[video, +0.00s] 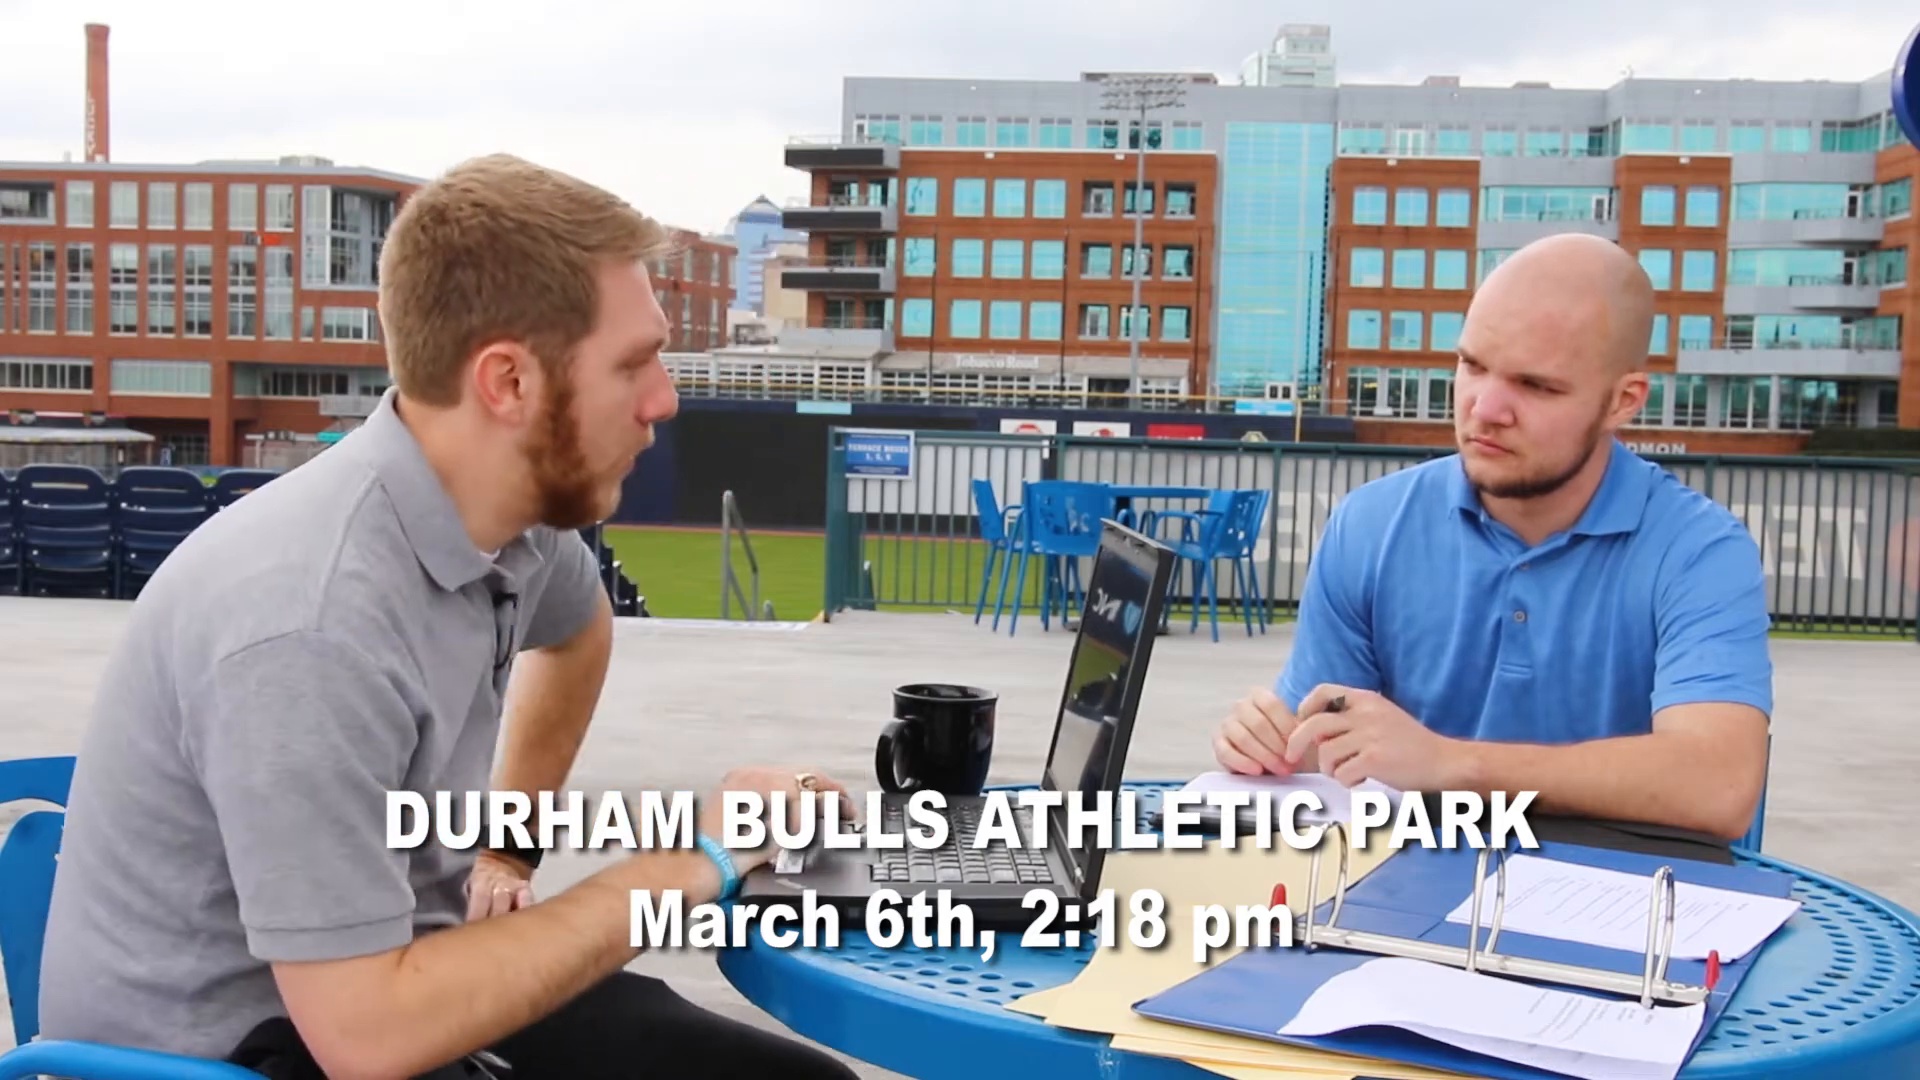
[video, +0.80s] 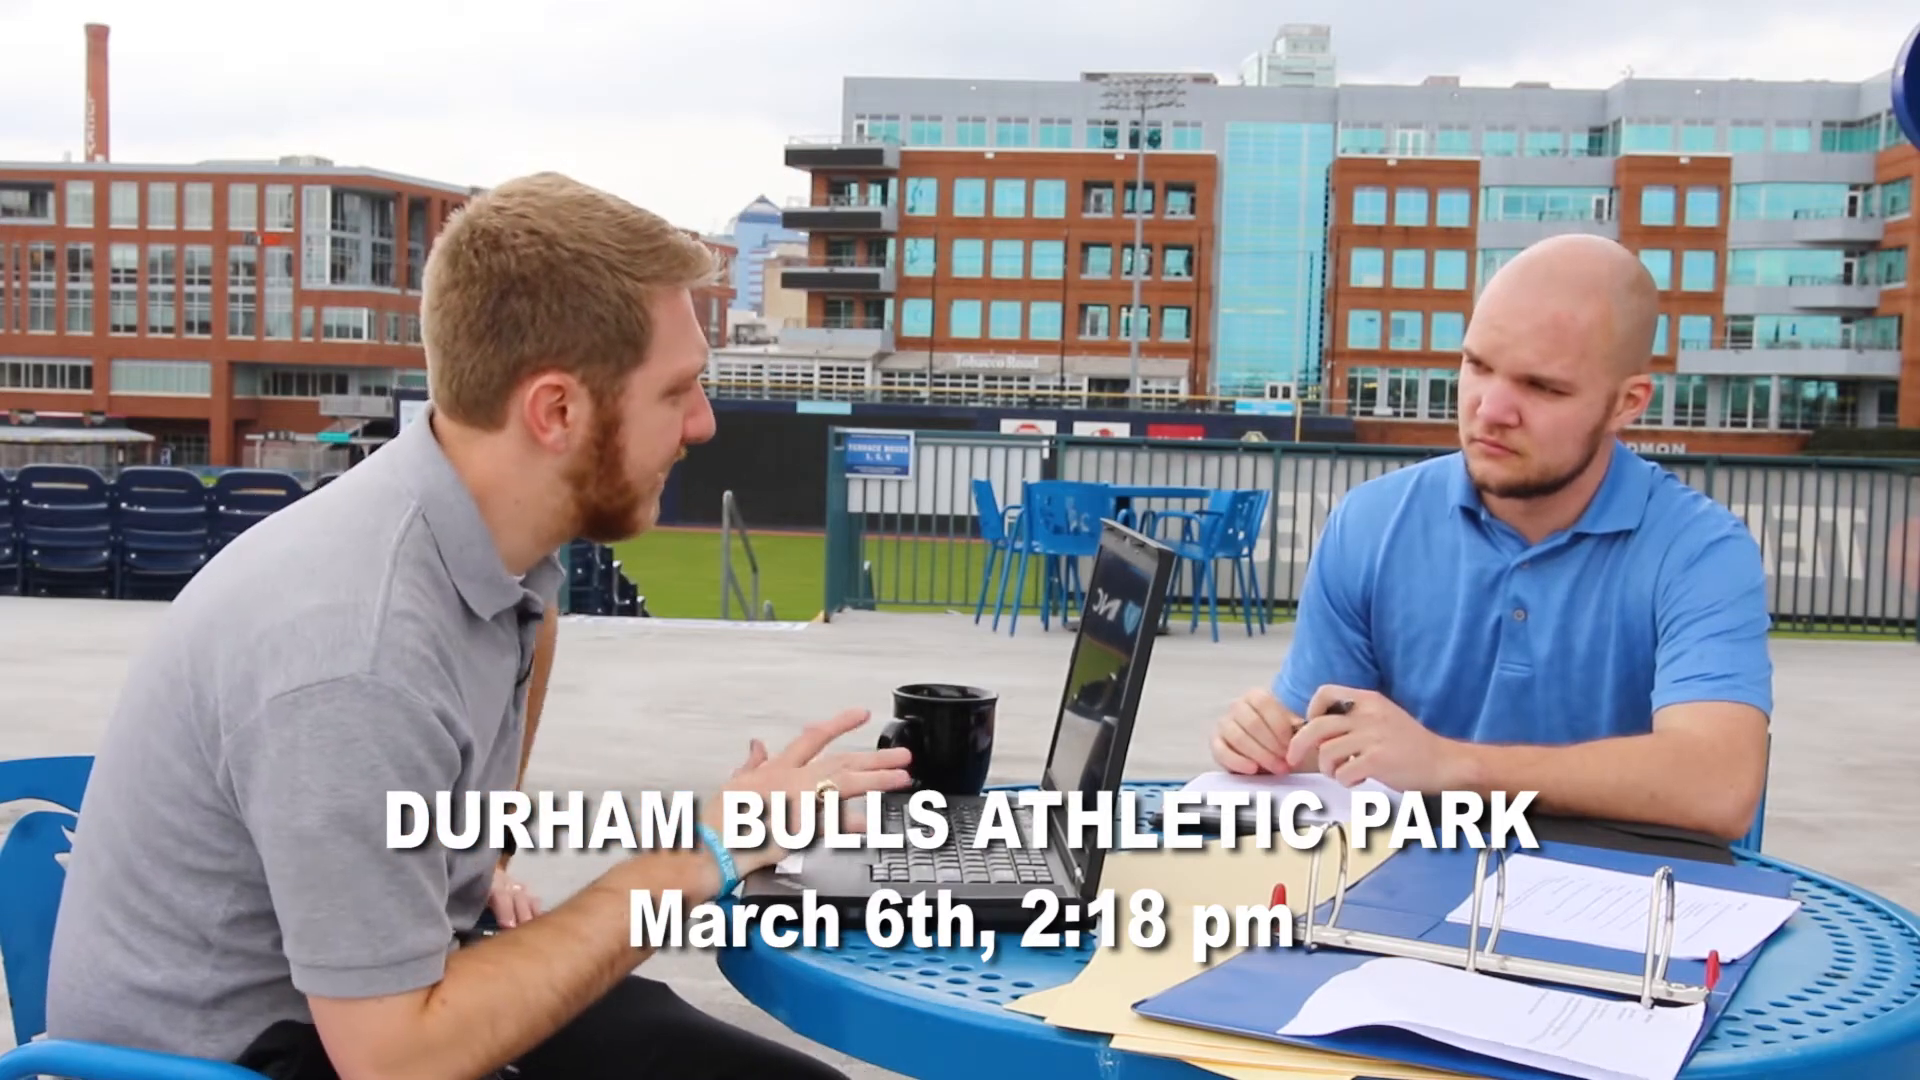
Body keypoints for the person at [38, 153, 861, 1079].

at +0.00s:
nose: (665, 405)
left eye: (658, 361)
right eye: (637, 366)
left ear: (505, 390)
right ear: (506, 385)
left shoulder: (503, 516)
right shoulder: (301, 626)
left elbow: (576, 631)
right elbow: (370, 1030)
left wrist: (508, 837)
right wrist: (689, 852)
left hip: (407, 953)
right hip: (212, 1041)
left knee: (814, 1072)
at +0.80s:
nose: (704, 427)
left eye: (698, 389)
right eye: (679, 395)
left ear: (549, 418)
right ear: (556, 415)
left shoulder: (485, 522)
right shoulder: (346, 660)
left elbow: (533, 643)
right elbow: (399, 1050)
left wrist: (481, 833)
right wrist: (712, 845)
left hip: (395, 953)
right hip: (218, 1043)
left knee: (791, 1061)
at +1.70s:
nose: (692, 400)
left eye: (685, 363)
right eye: (670, 367)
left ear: (555, 388)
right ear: (559, 388)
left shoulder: (458, 525)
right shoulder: (362, 641)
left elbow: (444, 755)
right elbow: (400, 1048)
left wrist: (474, 860)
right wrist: (685, 859)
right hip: (212, 1048)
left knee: (798, 1064)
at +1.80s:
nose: (685, 393)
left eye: (678, 356)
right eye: (660, 362)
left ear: (539, 391)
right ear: (546, 389)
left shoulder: (455, 521)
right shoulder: (355, 640)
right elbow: (399, 1046)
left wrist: (458, 841)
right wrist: (687, 856)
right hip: (212, 1042)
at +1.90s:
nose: (678, 390)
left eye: (669, 353)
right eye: (652, 359)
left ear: (528, 393)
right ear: (535, 391)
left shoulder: (445, 524)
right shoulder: (343, 646)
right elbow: (392, 1049)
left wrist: (449, 852)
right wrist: (692, 858)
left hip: (374, 957)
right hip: (216, 1042)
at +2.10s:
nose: (668, 396)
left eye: (661, 359)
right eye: (643, 364)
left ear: (516, 394)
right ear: (523, 393)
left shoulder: (427, 514)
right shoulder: (332, 657)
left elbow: (492, 654)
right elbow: (398, 1049)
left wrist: (468, 838)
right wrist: (686, 854)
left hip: (376, 954)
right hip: (212, 1044)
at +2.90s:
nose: (673, 354)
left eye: (659, 319)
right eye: (644, 335)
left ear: (519, 393)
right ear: (530, 392)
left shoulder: (417, 516)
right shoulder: (338, 624)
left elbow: (430, 761)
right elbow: (414, 1025)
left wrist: (640, 672)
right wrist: (698, 798)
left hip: (359, 967)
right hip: (229, 1044)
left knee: (807, 1070)